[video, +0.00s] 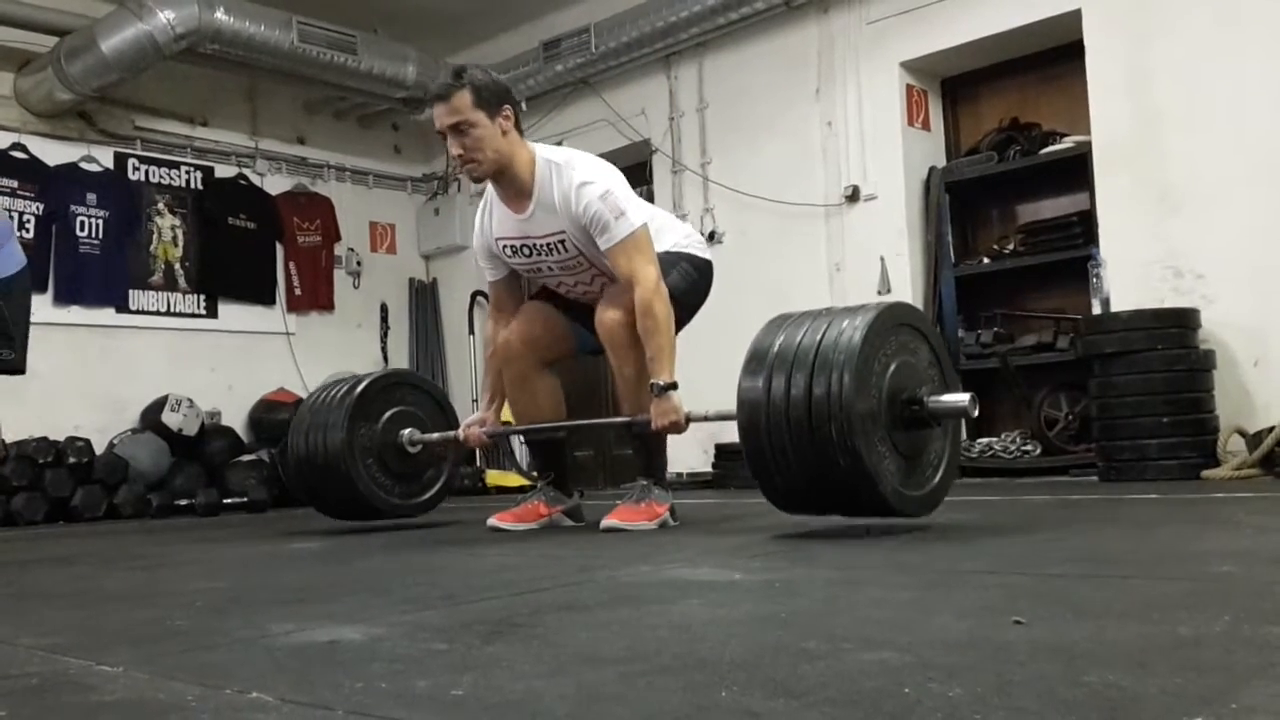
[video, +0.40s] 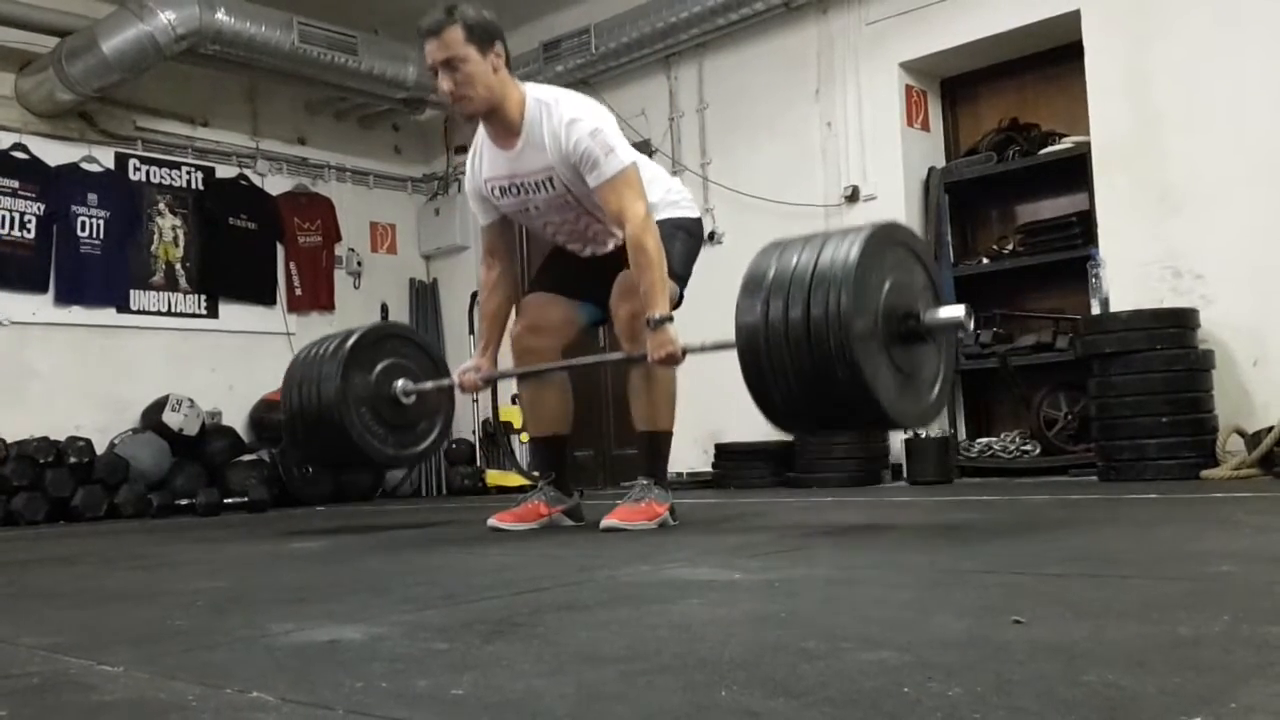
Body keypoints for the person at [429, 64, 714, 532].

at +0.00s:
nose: (453, 149)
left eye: (463, 130)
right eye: (445, 137)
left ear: (506, 120)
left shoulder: (587, 184)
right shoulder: (488, 227)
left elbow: (646, 281)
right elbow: (504, 316)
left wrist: (664, 388)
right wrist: (491, 407)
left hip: (672, 264)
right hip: (591, 293)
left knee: (615, 318)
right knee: (514, 343)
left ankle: (652, 491)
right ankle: (558, 494)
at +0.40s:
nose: (443, 85)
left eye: (453, 66)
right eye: (434, 74)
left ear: (496, 58)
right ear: (433, 82)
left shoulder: (576, 122)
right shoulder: (480, 167)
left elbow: (637, 219)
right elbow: (498, 263)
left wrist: (659, 320)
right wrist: (486, 354)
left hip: (660, 223)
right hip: (588, 245)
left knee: (631, 312)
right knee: (532, 334)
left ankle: (653, 490)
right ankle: (554, 493)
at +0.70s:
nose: (459, 1)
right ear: (477, 10)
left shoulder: (579, 49)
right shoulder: (484, 98)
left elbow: (636, 147)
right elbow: (498, 203)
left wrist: (661, 244)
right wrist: (487, 291)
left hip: (637, 202)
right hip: (570, 216)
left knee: (633, 318)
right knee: (536, 336)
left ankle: (652, 489)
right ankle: (555, 492)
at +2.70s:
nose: (479, 11)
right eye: (473, 4)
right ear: (478, 13)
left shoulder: (601, 44)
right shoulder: (498, 90)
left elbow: (648, 149)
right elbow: (509, 197)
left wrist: (672, 247)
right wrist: (499, 284)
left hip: (649, 207)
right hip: (581, 224)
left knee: (649, 319)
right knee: (543, 332)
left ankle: (658, 489)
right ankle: (556, 493)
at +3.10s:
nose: (459, 96)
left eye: (465, 77)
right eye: (448, 86)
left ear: (504, 56)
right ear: (443, 88)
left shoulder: (591, 114)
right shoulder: (489, 156)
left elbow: (643, 221)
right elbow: (503, 262)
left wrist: (669, 323)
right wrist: (494, 353)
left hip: (666, 215)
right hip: (596, 243)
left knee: (643, 310)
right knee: (540, 333)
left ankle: (656, 489)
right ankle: (556, 493)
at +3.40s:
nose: (456, 174)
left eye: (460, 156)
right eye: (444, 165)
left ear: (496, 133)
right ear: (436, 165)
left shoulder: (583, 174)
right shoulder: (490, 219)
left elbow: (643, 279)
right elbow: (504, 317)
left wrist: (673, 386)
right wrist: (497, 409)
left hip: (673, 234)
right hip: (599, 267)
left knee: (637, 318)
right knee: (531, 339)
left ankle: (657, 490)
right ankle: (558, 494)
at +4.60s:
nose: (449, 91)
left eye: (456, 71)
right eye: (439, 80)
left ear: (498, 55)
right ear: (436, 85)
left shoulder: (578, 118)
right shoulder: (482, 159)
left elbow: (639, 217)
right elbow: (498, 257)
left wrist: (663, 319)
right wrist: (487, 351)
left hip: (657, 220)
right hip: (586, 244)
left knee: (633, 312)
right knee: (532, 334)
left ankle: (653, 489)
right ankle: (556, 491)